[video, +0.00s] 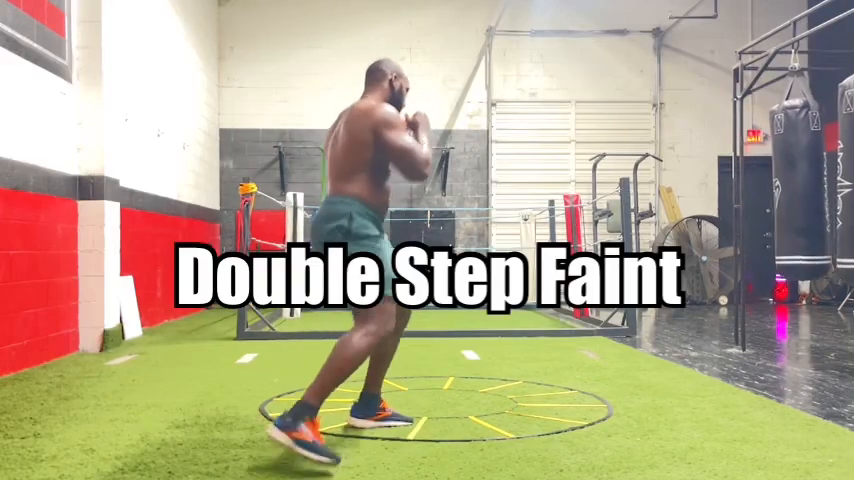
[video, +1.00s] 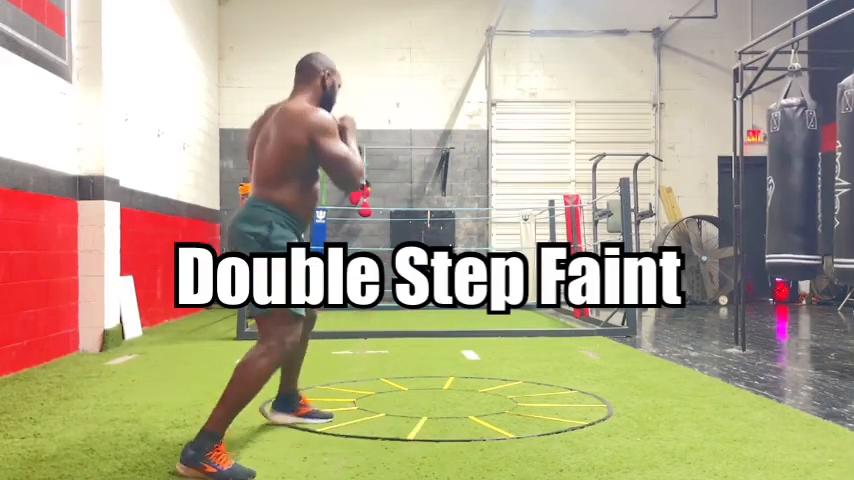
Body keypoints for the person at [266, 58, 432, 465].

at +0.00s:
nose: (407, 94)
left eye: (406, 88)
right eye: (406, 87)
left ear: (371, 81)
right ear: (394, 80)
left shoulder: (342, 118)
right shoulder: (383, 112)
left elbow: (335, 163)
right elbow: (420, 168)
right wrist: (422, 130)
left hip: (336, 222)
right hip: (354, 224)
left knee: (397, 313)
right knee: (377, 324)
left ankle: (368, 405)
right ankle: (298, 417)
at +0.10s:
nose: (395, 101)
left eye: (394, 94)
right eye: (394, 93)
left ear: (361, 86)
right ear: (384, 85)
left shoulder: (332, 123)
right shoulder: (374, 120)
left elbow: (322, 172)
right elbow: (411, 179)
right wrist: (414, 139)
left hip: (325, 226)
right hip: (351, 229)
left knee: (397, 311)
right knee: (367, 337)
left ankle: (369, 405)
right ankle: (290, 439)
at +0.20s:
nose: (382, 95)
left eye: (382, 89)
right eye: (381, 88)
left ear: (346, 78)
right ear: (370, 76)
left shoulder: (316, 116)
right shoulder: (364, 108)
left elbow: (302, 156)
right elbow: (407, 168)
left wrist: (325, 192)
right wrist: (403, 128)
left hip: (313, 225)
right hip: (340, 225)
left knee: (373, 316)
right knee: (352, 339)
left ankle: (369, 403)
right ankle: (283, 450)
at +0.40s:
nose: (368, 64)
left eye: (368, 58)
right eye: (368, 56)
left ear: (328, 44)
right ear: (355, 44)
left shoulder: (293, 88)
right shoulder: (348, 75)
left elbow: (297, 143)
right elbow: (391, 138)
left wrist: (342, 172)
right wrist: (386, 96)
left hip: (283, 190)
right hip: (310, 192)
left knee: (334, 308)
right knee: (321, 320)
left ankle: (299, 404)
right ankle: (276, 445)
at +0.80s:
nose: (343, 57)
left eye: (341, 50)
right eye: (341, 49)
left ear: (304, 43)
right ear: (330, 41)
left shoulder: (264, 83)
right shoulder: (322, 77)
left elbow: (264, 138)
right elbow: (360, 143)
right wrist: (356, 99)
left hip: (258, 196)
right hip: (278, 201)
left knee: (302, 302)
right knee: (289, 318)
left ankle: (273, 386)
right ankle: (228, 436)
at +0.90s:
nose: (337, 75)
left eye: (336, 68)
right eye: (336, 68)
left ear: (297, 62)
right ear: (326, 61)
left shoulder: (266, 100)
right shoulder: (317, 97)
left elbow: (250, 145)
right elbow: (356, 157)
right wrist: (350, 110)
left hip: (259, 214)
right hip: (271, 219)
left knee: (310, 299)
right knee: (277, 338)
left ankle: (287, 386)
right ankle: (205, 443)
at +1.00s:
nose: (337, 94)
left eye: (339, 88)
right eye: (338, 87)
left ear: (300, 77)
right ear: (326, 78)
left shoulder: (269, 116)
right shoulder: (315, 118)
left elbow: (254, 170)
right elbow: (353, 178)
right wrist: (351, 135)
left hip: (258, 222)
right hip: (273, 229)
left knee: (306, 312)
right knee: (278, 342)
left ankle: (288, 399)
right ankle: (204, 446)